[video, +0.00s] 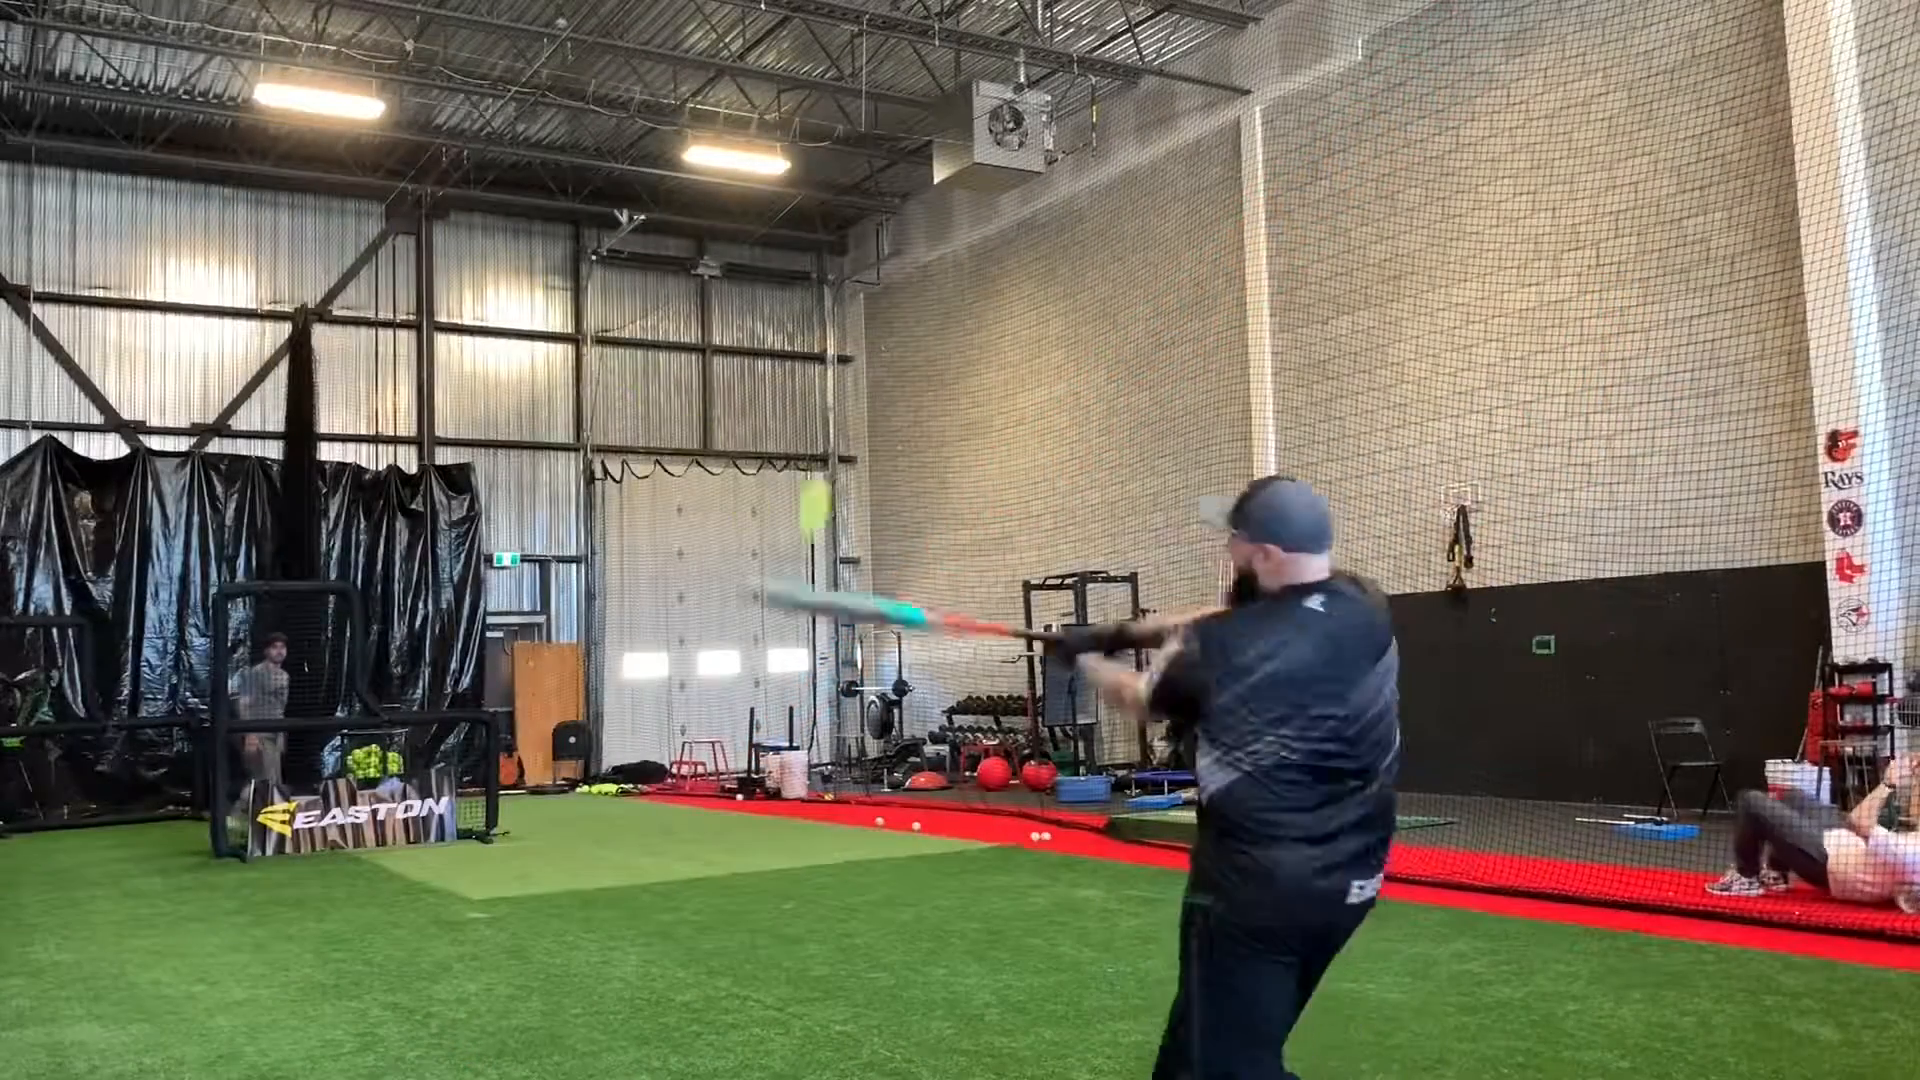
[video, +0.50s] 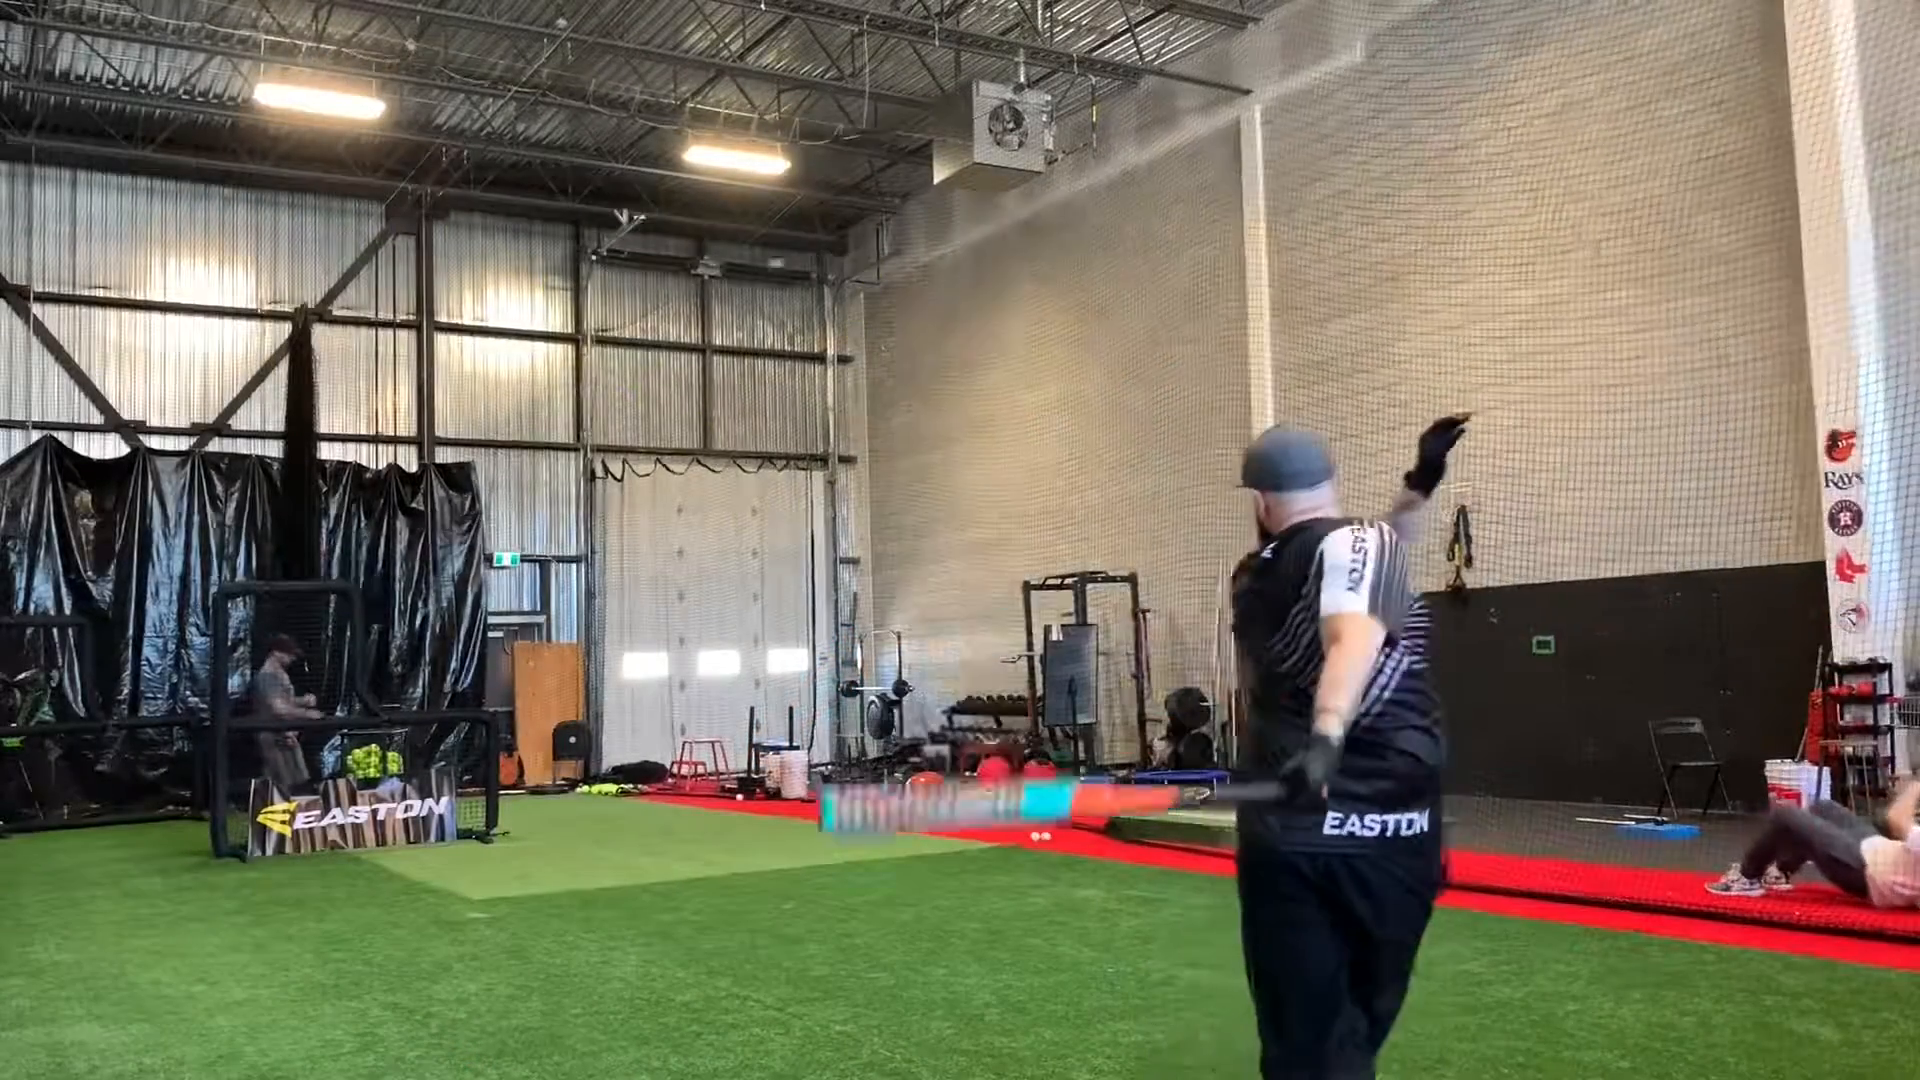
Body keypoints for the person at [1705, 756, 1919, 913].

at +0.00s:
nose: (1914, 798)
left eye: (1915, 793)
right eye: (1915, 791)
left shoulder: (1909, 857)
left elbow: (1860, 822)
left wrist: (1887, 784)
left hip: (1836, 866)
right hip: (1853, 846)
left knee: (1751, 802)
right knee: (1795, 798)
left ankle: (1746, 876)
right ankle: (1776, 872)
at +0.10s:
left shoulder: (1910, 854)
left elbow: (1866, 822)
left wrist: (1896, 782)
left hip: (1840, 867)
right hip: (1855, 844)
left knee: (1755, 803)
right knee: (1797, 797)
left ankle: (1746, 877)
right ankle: (1776, 870)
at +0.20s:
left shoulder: (1912, 852)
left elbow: (1876, 820)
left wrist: (1903, 783)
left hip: (1846, 870)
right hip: (1863, 845)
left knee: (1767, 807)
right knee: (1807, 800)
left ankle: (1746, 877)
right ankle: (1778, 869)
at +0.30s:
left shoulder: (1914, 849)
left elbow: (1883, 821)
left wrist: (1904, 786)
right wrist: (1906, 787)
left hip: (1851, 870)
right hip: (1867, 848)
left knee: (1768, 808)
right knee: (1814, 803)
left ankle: (1746, 876)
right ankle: (1779, 870)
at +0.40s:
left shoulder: (1917, 845)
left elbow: (1890, 820)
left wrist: (1910, 790)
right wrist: (1910, 790)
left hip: (1860, 871)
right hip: (1874, 849)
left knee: (1779, 810)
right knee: (1819, 805)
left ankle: (1747, 875)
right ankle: (1780, 870)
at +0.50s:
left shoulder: (1919, 843)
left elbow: (1897, 819)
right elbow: (1901, 820)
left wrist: (1912, 788)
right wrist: (1912, 790)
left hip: (1868, 871)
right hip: (1882, 851)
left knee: (1785, 816)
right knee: (1824, 807)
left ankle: (1747, 875)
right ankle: (1781, 871)